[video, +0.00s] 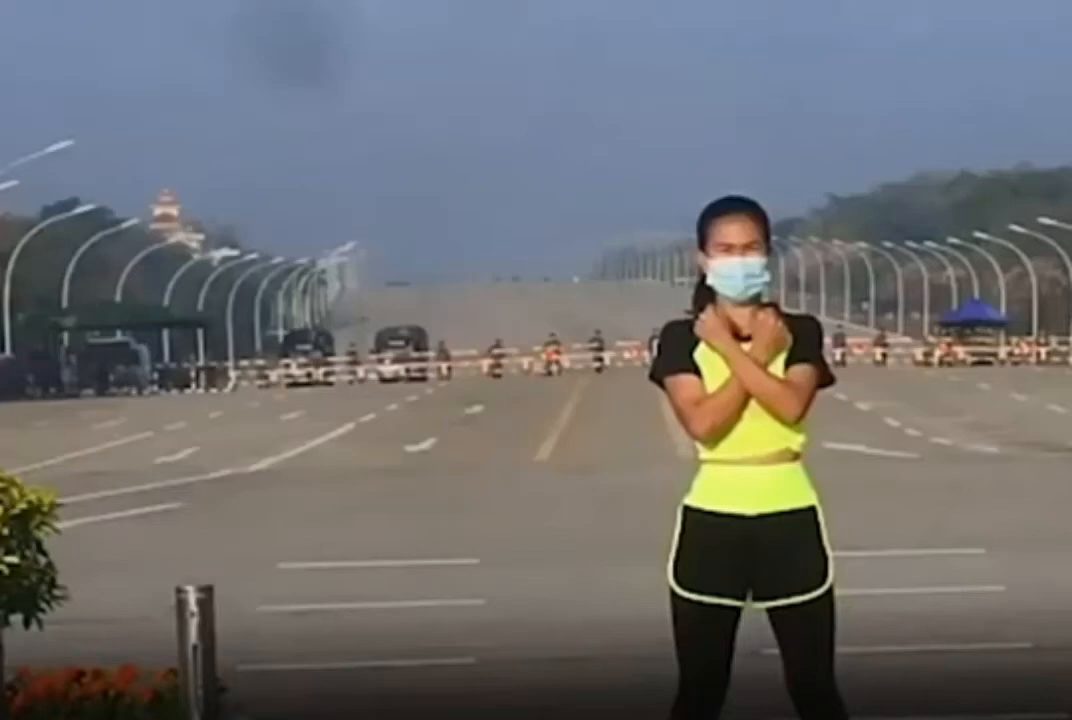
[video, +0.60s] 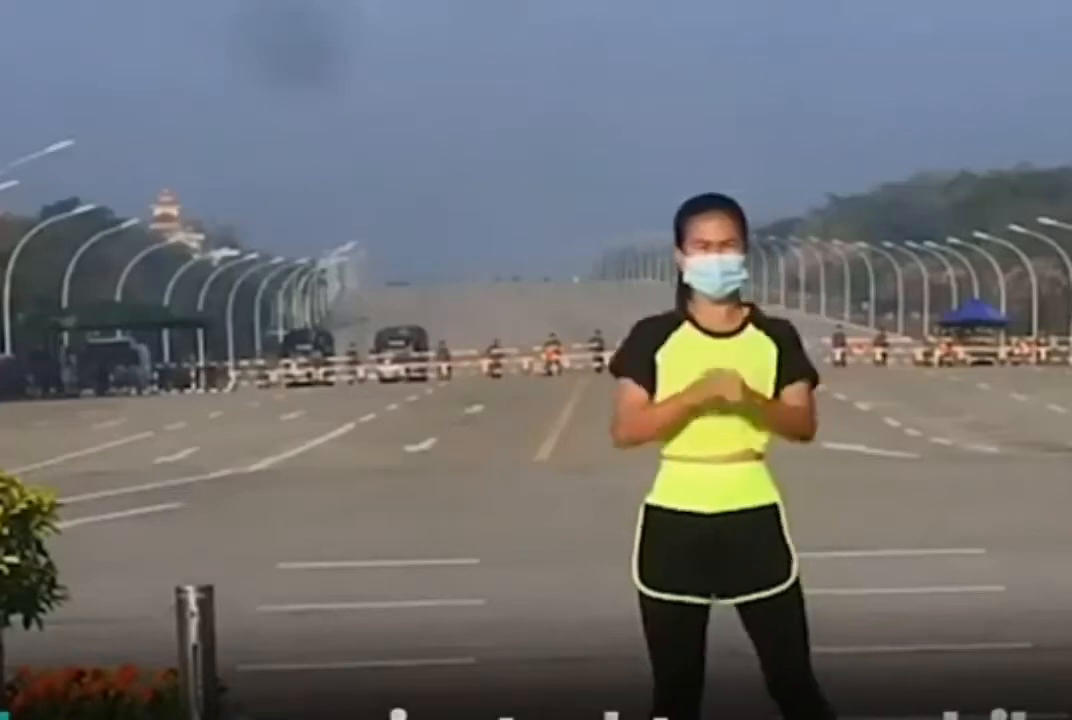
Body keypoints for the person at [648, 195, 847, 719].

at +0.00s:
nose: (742, 263)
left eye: (753, 250)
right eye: (726, 251)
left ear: (768, 255)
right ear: (703, 260)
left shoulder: (800, 329)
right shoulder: (679, 338)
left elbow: (793, 406)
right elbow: (701, 424)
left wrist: (724, 344)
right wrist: (759, 356)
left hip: (791, 523)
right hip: (711, 526)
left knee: (815, 689)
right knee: (701, 691)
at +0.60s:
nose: (720, 259)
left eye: (731, 247)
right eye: (704, 249)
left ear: (746, 254)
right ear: (681, 258)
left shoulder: (777, 336)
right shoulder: (653, 336)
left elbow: (803, 425)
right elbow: (625, 429)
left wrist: (748, 399)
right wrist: (696, 398)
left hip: (754, 521)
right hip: (674, 524)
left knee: (793, 683)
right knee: (676, 690)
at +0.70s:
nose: (706, 258)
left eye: (716, 244)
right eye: (690, 246)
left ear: (732, 251)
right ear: (667, 255)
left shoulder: (761, 337)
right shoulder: (638, 334)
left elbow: (808, 427)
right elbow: (586, 423)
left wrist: (803, 426)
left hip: (740, 524)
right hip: (660, 528)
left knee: (777, 685)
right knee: (670, 691)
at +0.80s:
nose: (699, 255)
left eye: (710, 243)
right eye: (684, 244)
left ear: (725, 251)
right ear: (661, 254)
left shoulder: (754, 336)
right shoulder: (631, 331)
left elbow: (810, 416)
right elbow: (573, 408)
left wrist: (832, 441)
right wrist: (568, 460)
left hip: (735, 518)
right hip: (654, 524)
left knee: (761, 682)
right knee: (669, 690)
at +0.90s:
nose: (688, 256)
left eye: (699, 243)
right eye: (673, 245)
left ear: (715, 251)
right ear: (649, 255)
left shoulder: (746, 334)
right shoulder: (620, 335)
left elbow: (822, 406)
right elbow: (550, 419)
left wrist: (895, 453)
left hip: (730, 521)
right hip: (649, 524)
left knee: (725, 690)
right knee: (665, 692)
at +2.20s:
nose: (685, 260)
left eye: (696, 246)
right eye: (670, 248)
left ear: (714, 252)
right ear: (648, 256)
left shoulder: (748, 335)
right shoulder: (626, 341)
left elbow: (803, 419)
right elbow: (577, 431)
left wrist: (869, 486)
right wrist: (525, 500)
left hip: (724, 523)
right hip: (645, 523)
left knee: (718, 690)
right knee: (659, 691)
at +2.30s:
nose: (683, 259)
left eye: (694, 246)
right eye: (667, 248)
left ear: (711, 252)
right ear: (646, 257)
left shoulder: (747, 333)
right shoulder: (625, 337)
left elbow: (771, 405)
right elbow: (593, 434)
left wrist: (777, 454)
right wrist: (596, 429)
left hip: (720, 522)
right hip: (642, 523)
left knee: (716, 691)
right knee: (642, 690)